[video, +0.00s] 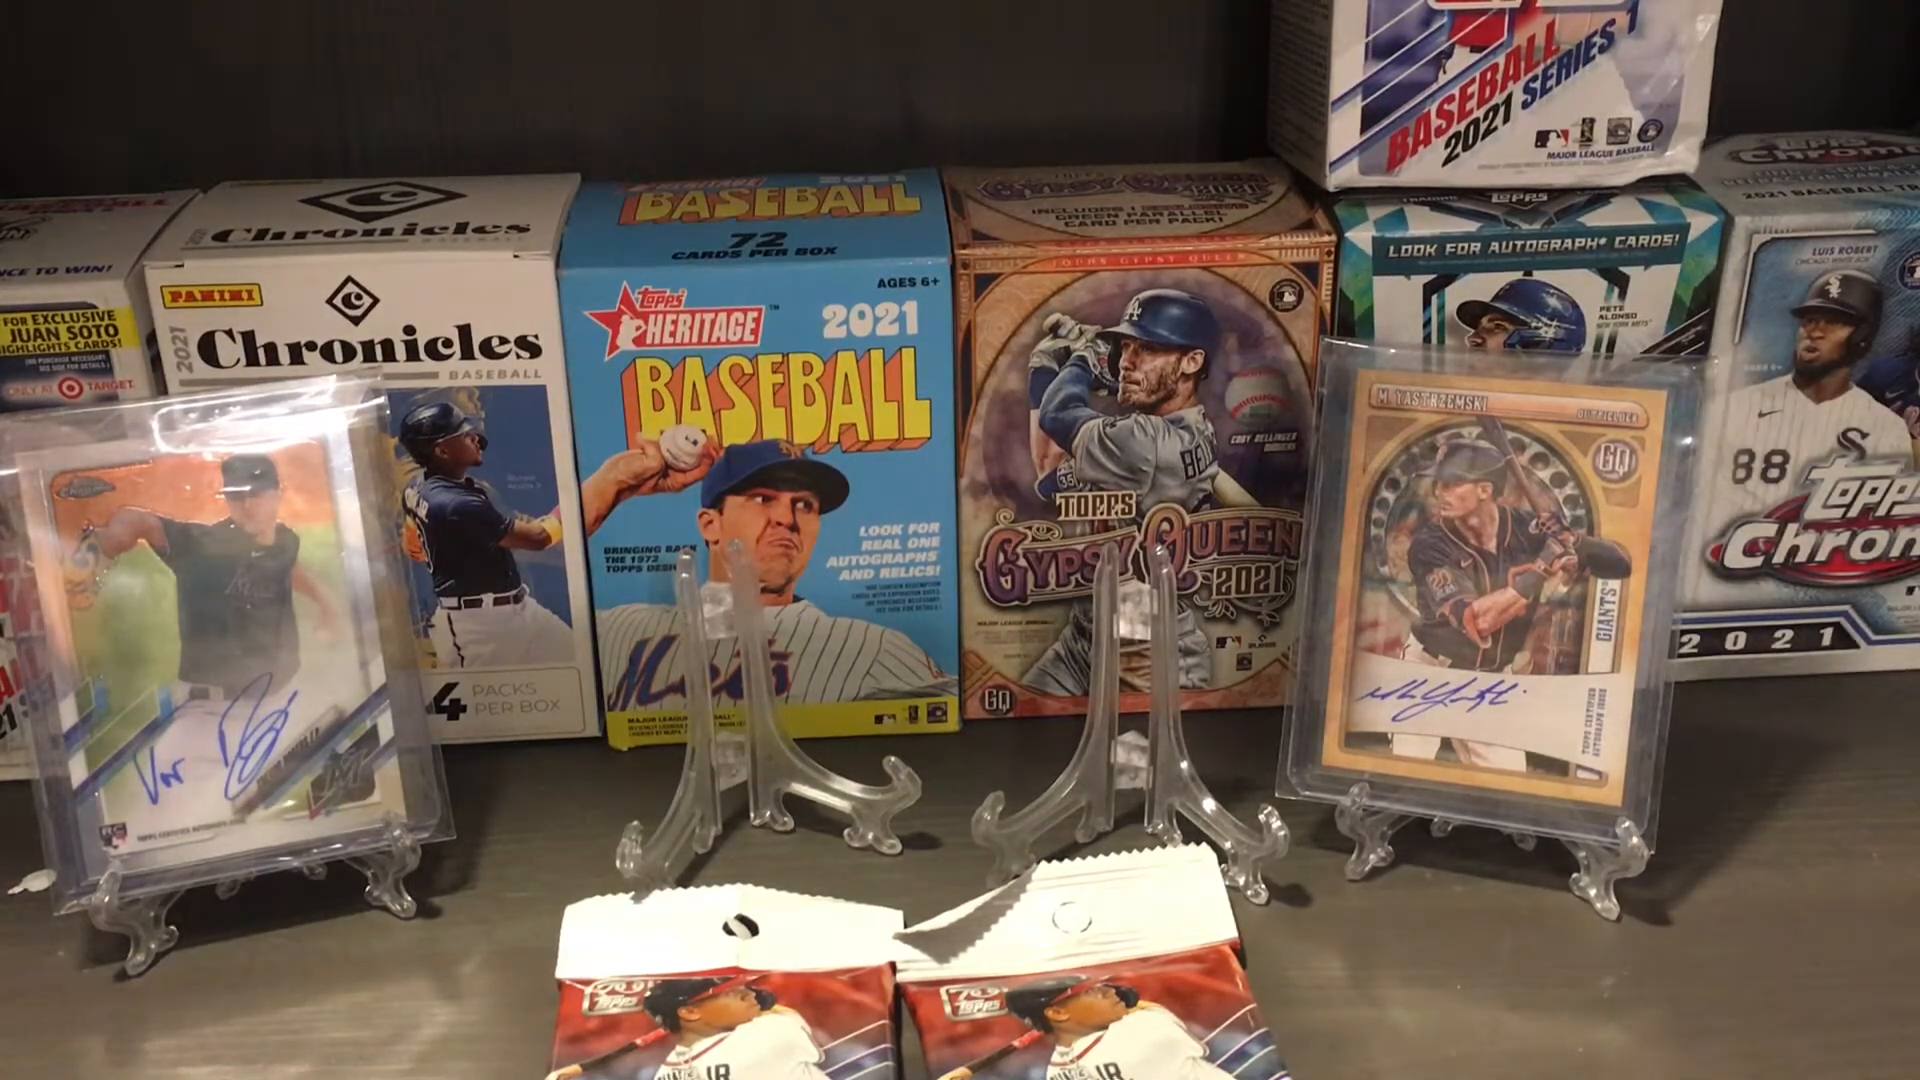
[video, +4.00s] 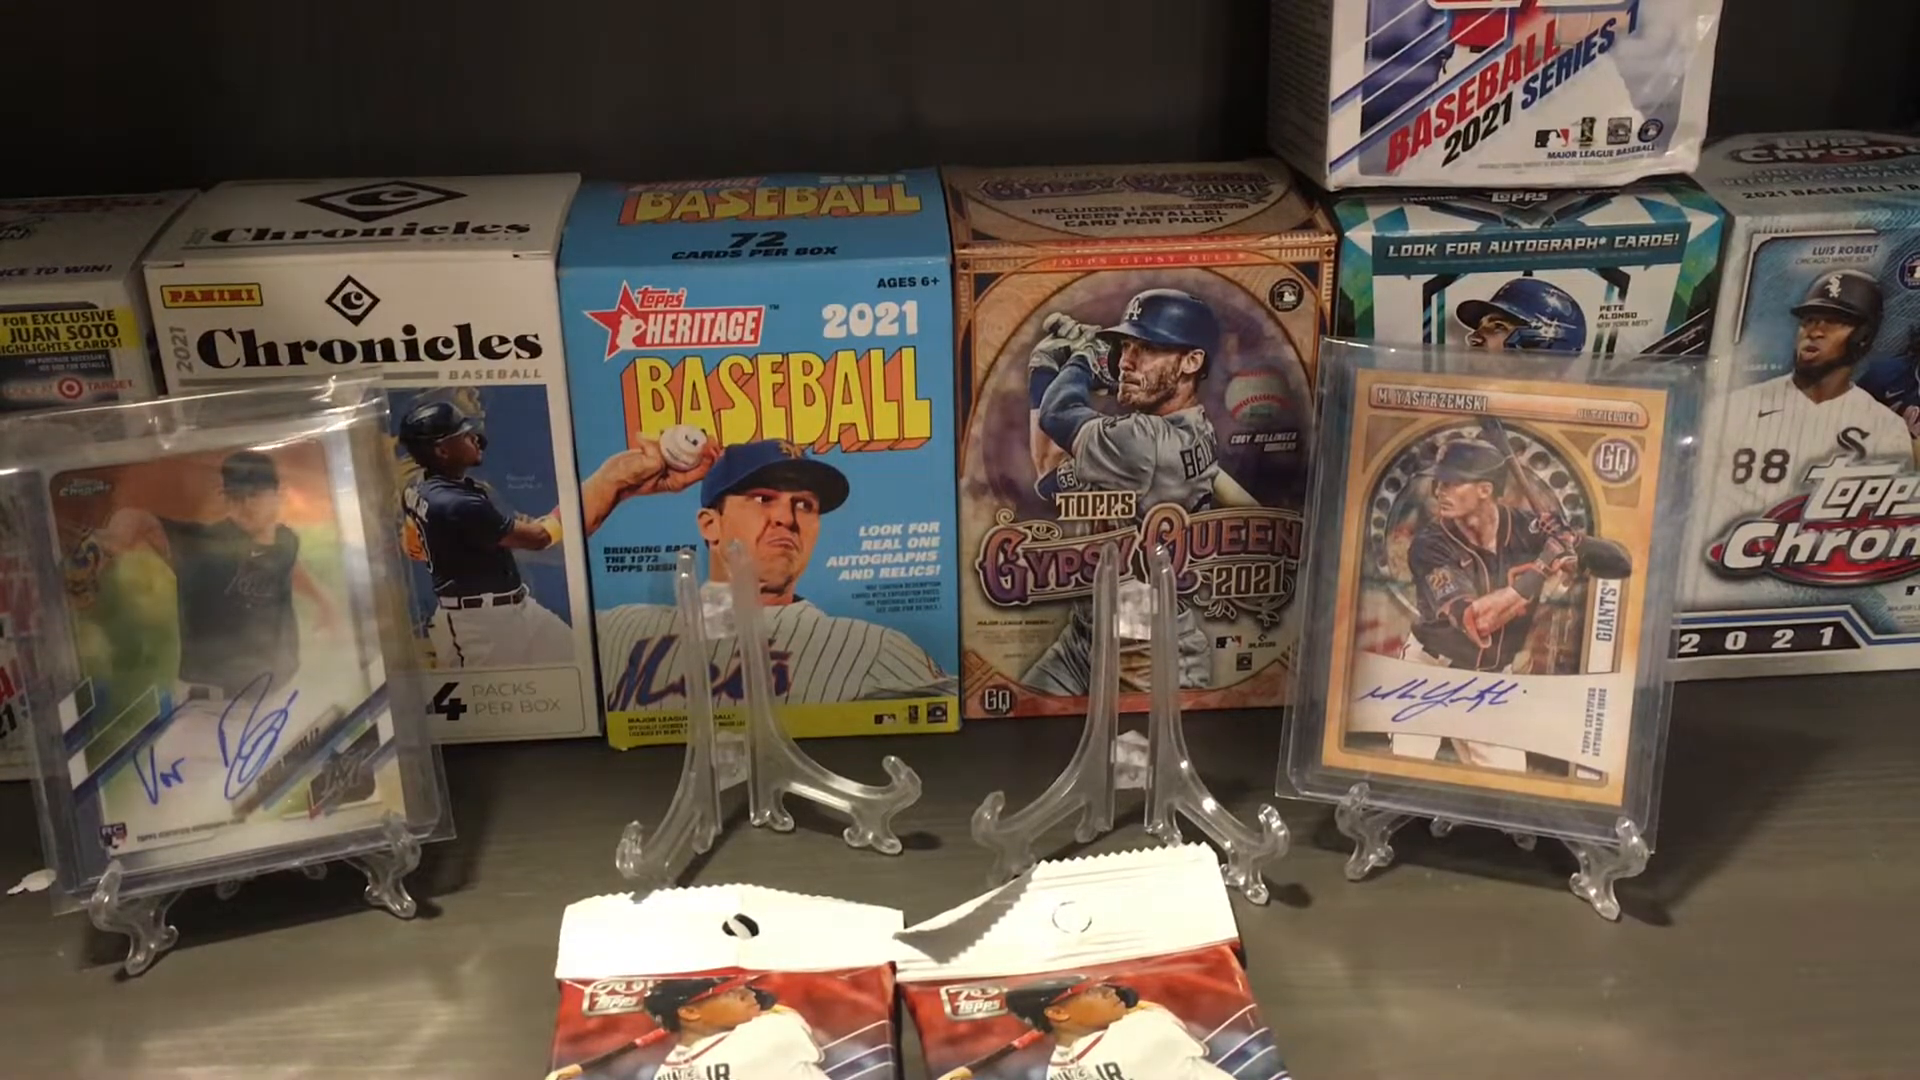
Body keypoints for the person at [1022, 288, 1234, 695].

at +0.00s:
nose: (1127, 361)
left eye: (1145, 349)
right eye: (1126, 347)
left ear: (1191, 363)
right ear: (1118, 349)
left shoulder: (1143, 442)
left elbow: (1060, 411)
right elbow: (1049, 476)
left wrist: (1083, 362)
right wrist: (1043, 366)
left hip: (1159, 650)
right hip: (1087, 642)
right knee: (1011, 738)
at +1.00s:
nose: (1128, 362)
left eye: (1147, 350)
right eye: (1127, 347)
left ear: (1190, 363)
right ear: (1121, 348)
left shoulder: (1141, 440)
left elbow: (1060, 410)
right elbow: (1049, 475)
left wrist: (1086, 361)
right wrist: (1041, 373)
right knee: (1011, 737)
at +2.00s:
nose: (1127, 362)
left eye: (1147, 350)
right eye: (1127, 347)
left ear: (1190, 363)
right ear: (1121, 348)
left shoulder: (1139, 440)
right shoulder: (1189, 431)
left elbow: (1060, 410)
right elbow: (1048, 477)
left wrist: (1085, 362)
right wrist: (1041, 372)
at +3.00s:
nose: (1127, 361)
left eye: (1147, 350)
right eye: (1127, 347)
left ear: (1190, 363)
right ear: (1121, 347)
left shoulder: (1139, 440)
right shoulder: (1190, 431)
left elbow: (1060, 409)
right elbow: (1048, 476)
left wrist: (1085, 361)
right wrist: (1041, 372)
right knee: (1010, 738)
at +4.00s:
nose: (1127, 362)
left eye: (1147, 350)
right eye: (1126, 347)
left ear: (1190, 363)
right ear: (1121, 348)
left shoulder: (1139, 441)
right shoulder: (1190, 431)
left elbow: (1059, 409)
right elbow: (1048, 475)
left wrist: (1087, 360)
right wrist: (1042, 373)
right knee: (1011, 736)